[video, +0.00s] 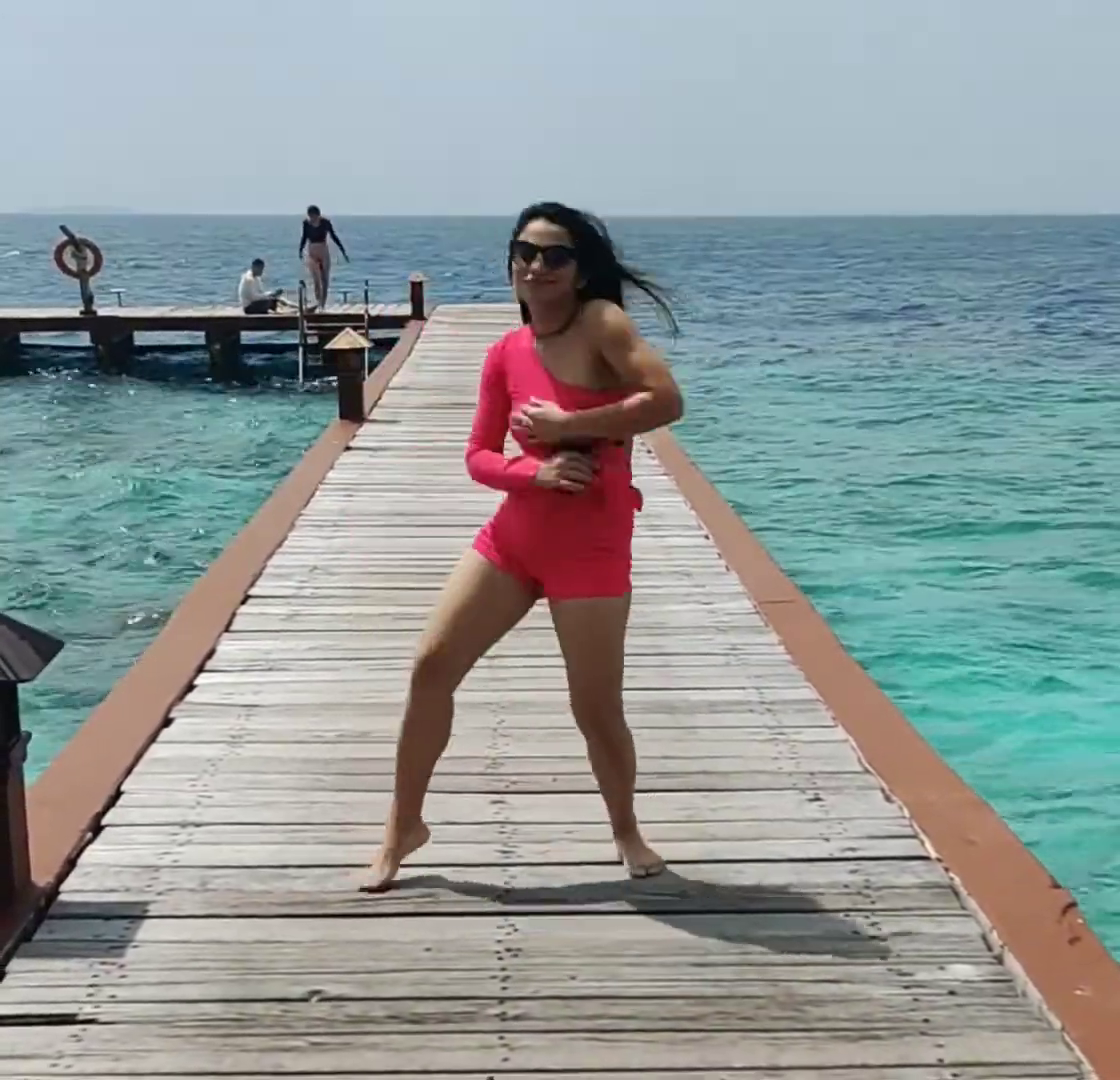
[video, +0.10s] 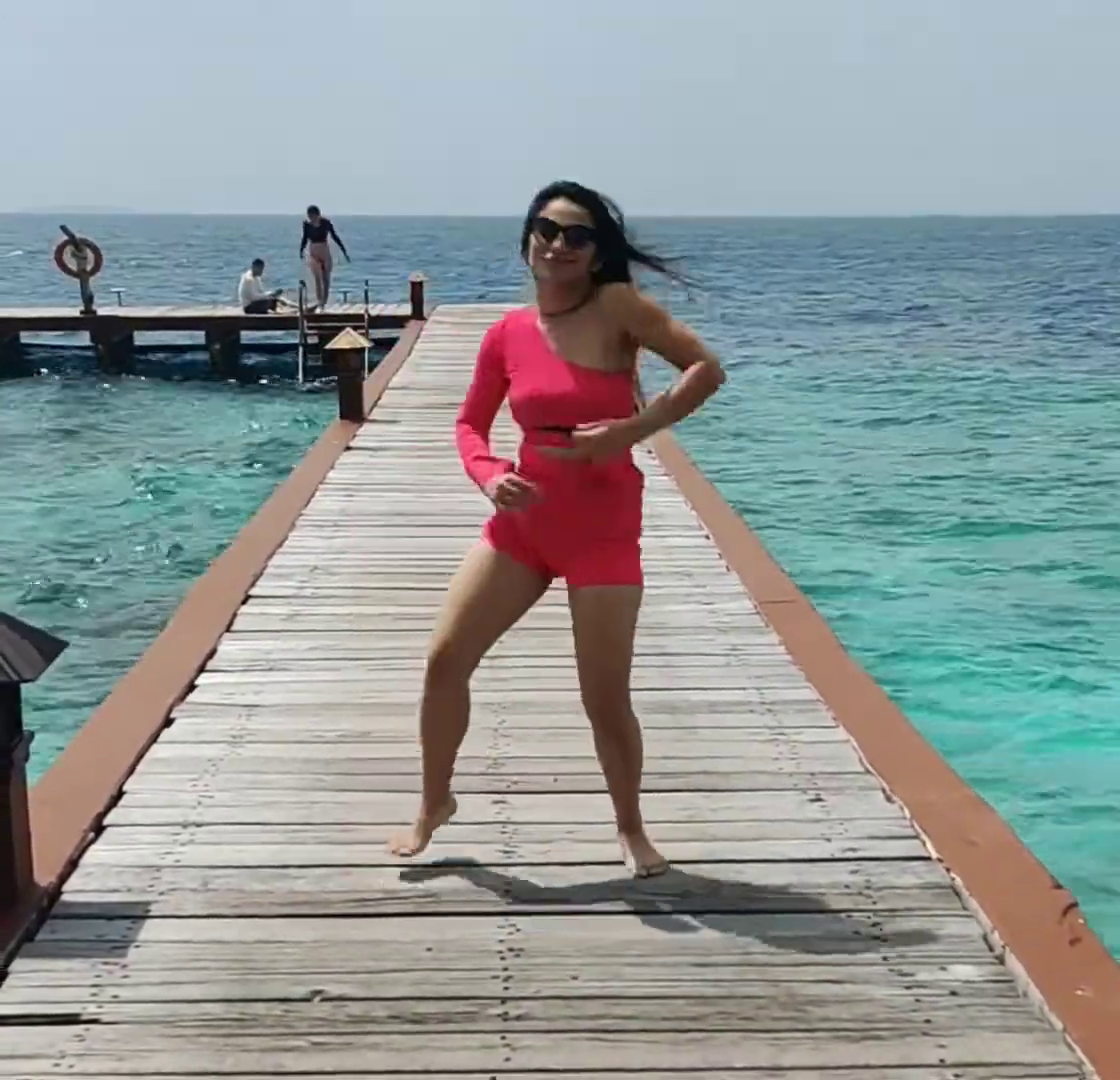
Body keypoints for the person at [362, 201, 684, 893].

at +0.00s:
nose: (538, 264)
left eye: (555, 254)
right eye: (525, 253)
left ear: (583, 265)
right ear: (511, 265)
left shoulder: (603, 324)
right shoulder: (507, 352)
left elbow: (667, 401)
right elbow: (480, 458)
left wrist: (571, 425)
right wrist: (535, 471)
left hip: (590, 545)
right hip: (515, 535)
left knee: (597, 710)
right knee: (431, 671)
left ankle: (626, 831)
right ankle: (405, 823)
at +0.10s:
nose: (558, 244)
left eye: (577, 236)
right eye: (545, 231)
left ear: (600, 250)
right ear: (528, 241)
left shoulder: (620, 307)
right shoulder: (509, 332)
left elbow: (707, 370)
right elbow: (470, 425)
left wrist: (628, 431)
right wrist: (487, 474)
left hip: (604, 530)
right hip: (524, 524)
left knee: (605, 698)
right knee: (445, 660)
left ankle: (631, 830)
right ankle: (435, 802)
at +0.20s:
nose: (562, 244)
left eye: (582, 236)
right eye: (552, 229)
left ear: (604, 250)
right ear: (534, 236)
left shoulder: (628, 314)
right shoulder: (500, 324)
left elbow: (719, 375)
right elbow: (452, 408)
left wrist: (705, 460)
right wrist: (433, 486)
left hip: (611, 524)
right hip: (525, 521)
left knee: (617, 694)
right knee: (470, 688)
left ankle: (633, 826)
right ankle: (463, 777)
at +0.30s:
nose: (557, 277)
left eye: (576, 268)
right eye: (546, 263)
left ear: (598, 281)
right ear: (528, 268)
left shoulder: (618, 351)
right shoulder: (490, 346)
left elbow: (695, 427)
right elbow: (421, 419)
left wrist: (765, 496)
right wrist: (370, 501)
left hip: (607, 539)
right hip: (524, 547)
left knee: (619, 702)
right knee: (510, 712)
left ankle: (623, 832)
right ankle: (478, 779)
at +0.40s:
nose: (540, 306)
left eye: (556, 295)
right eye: (527, 292)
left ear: (577, 306)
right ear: (510, 298)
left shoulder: (588, 389)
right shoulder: (470, 366)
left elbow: (649, 476)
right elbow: (401, 440)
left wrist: (730, 533)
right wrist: (324, 499)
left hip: (585, 556)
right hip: (506, 566)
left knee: (601, 709)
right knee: (515, 734)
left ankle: (607, 832)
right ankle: (468, 775)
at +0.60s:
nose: (464, 266)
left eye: (480, 256)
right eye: (452, 252)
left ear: (499, 265)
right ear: (431, 253)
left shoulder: (496, 335)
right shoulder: (395, 321)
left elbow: (477, 418)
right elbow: (367, 415)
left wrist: (489, 471)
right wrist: (399, 472)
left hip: (478, 499)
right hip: (400, 504)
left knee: (513, 655)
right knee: (416, 675)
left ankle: (541, 792)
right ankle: (412, 777)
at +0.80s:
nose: (407, 241)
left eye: (424, 230)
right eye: (395, 226)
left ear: (446, 234)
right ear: (379, 222)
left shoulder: (438, 295)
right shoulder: (359, 262)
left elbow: (422, 373)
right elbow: (333, 318)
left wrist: (432, 395)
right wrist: (377, 331)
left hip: (418, 470)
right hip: (346, 472)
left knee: (432, 632)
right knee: (365, 638)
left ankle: (424, 691)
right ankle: (369, 769)